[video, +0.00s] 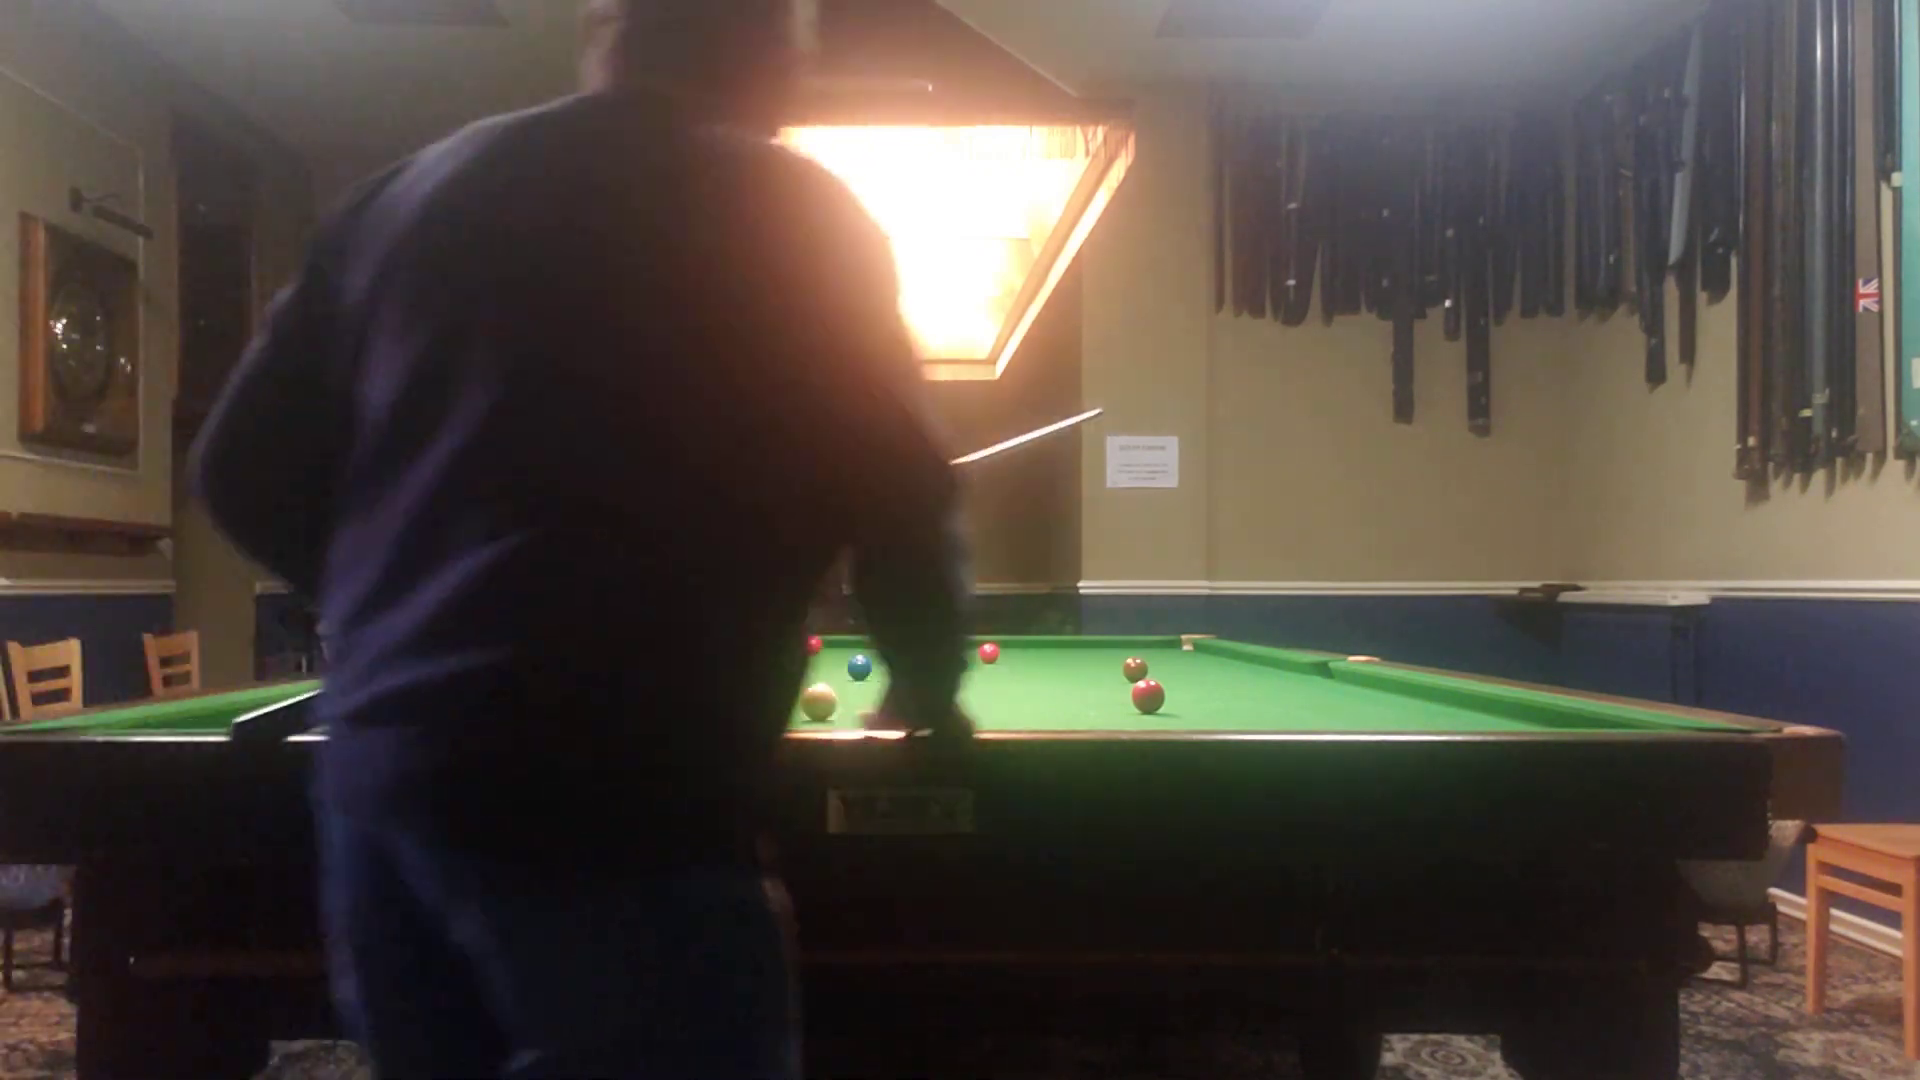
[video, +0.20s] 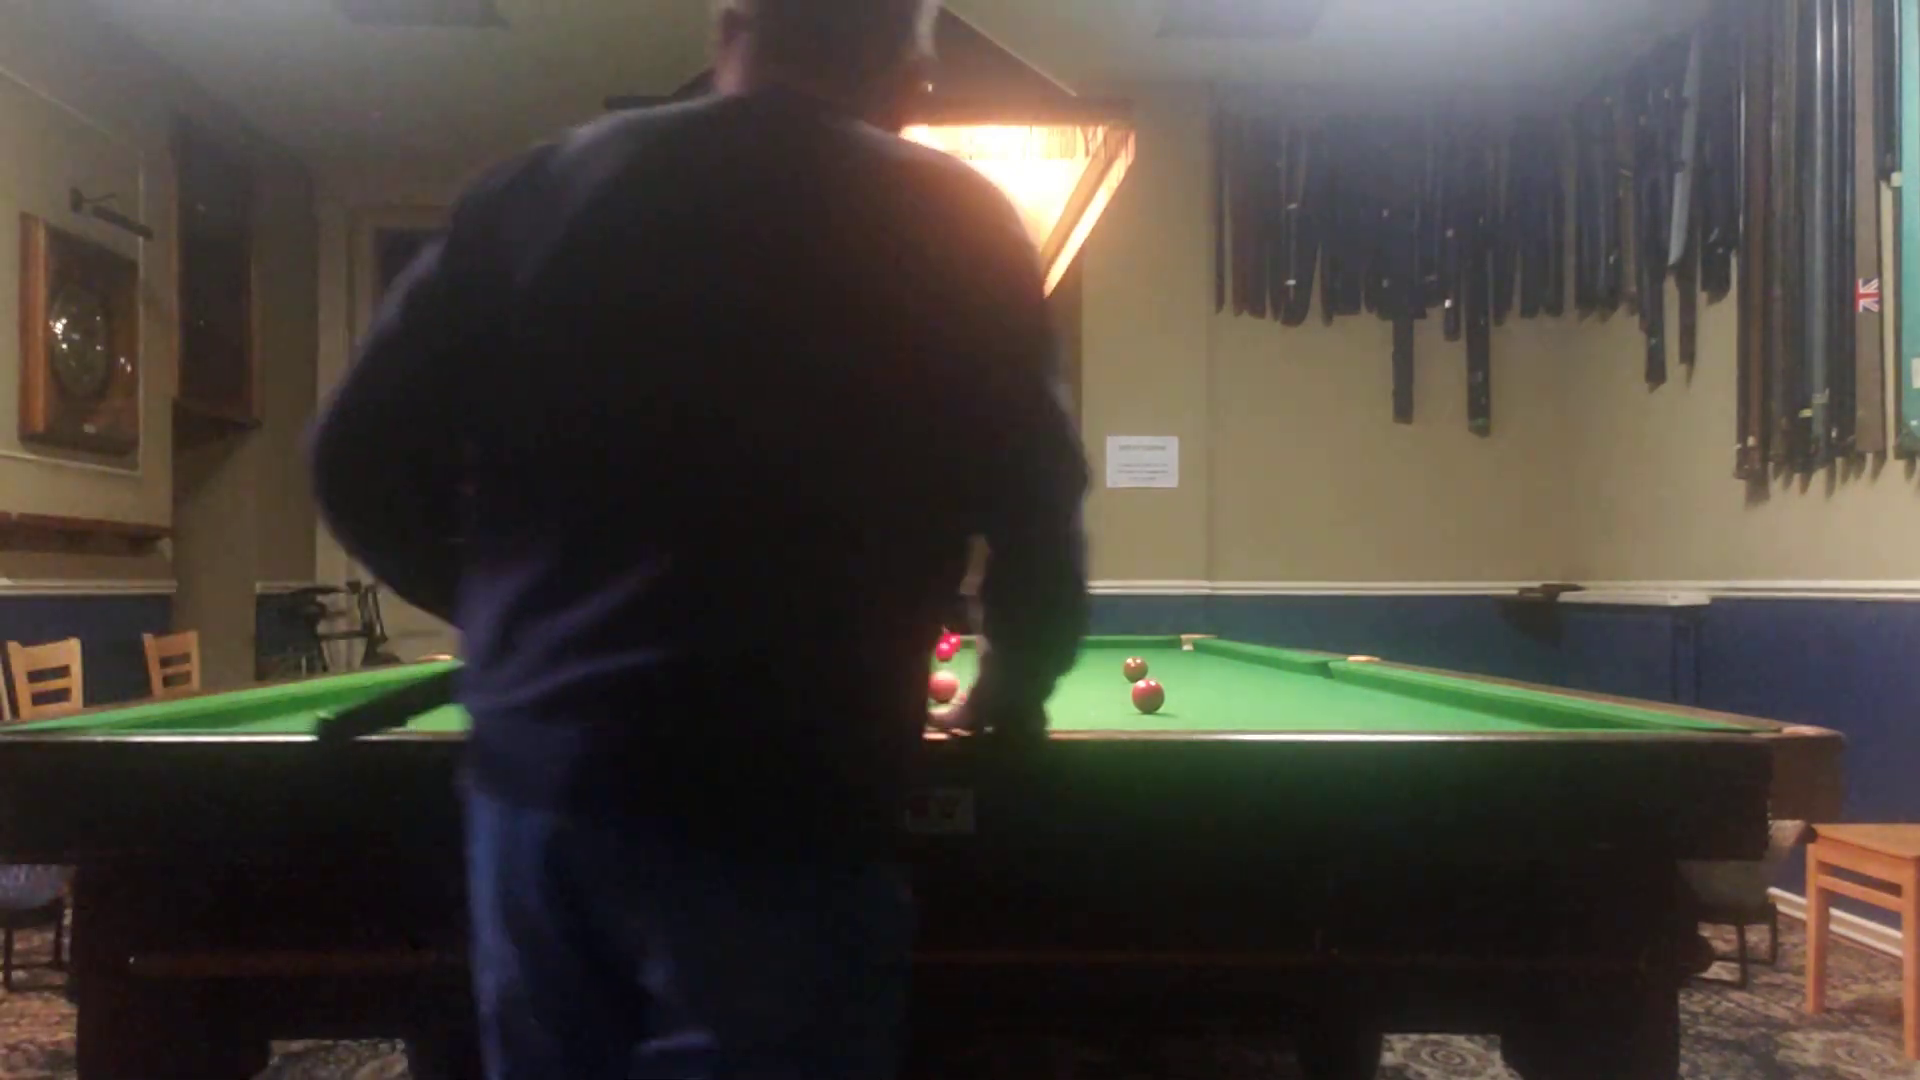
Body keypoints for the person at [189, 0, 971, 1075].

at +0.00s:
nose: (796, 94)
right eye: (793, 69)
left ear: (602, 52)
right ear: (771, 68)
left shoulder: (410, 193)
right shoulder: (805, 214)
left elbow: (244, 463)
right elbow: (905, 504)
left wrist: (388, 585)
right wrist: (927, 695)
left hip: (378, 781)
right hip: (636, 789)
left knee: (428, 1063)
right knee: (677, 1062)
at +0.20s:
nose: (921, 92)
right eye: (923, 75)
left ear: (725, 37)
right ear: (907, 80)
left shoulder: (544, 188)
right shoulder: (960, 222)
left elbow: (357, 455)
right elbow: (1042, 524)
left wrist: (506, 604)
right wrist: (1008, 697)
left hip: (538, 776)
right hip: (807, 782)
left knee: (549, 1065)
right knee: (786, 1063)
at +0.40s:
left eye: (776, 77)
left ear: (789, 86)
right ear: (967, 97)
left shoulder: (655, 243)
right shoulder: (1055, 249)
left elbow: (488, 518)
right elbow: (1142, 564)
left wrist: (617, 667)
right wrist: (1053, 712)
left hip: (702, 815)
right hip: (964, 813)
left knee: (725, 1066)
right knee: (954, 1061)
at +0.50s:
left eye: (816, 98)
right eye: (1006, 93)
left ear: (817, 100)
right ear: (998, 103)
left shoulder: (695, 256)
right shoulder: (1094, 249)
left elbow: (550, 536)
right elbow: (1187, 573)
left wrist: (683, 685)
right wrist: (1076, 708)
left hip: (760, 834)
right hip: (1027, 831)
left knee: (779, 1070)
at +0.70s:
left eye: (931, 98)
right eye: (1104, 99)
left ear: (927, 101)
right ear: (1094, 105)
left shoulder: (814, 246)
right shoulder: (1198, 242)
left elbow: (679, 508)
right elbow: (1286, 566)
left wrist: (772, 673)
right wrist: (1152, 691)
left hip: (869, 820)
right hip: (1136, 820)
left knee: (869, 1070)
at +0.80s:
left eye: (999, 106)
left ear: (993, 107)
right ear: (1153, 108)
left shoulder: (901, 250)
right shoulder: (1266, 255)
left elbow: (764, 548)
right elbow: (1340, 575)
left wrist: (837, 686)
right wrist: (1222, 704)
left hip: (950, 836)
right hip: (1208, 836)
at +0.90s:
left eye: (1070, 106)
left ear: (1071, 108)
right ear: (1230, 111)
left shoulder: (1000, 240)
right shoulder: (1344, 260)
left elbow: (876, 521)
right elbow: (1389, 556)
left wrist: (895, 685)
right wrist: (1313, 711)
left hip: (1045, 822)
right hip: (1293, 821)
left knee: (1021, 1068)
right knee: (1293, 1072)